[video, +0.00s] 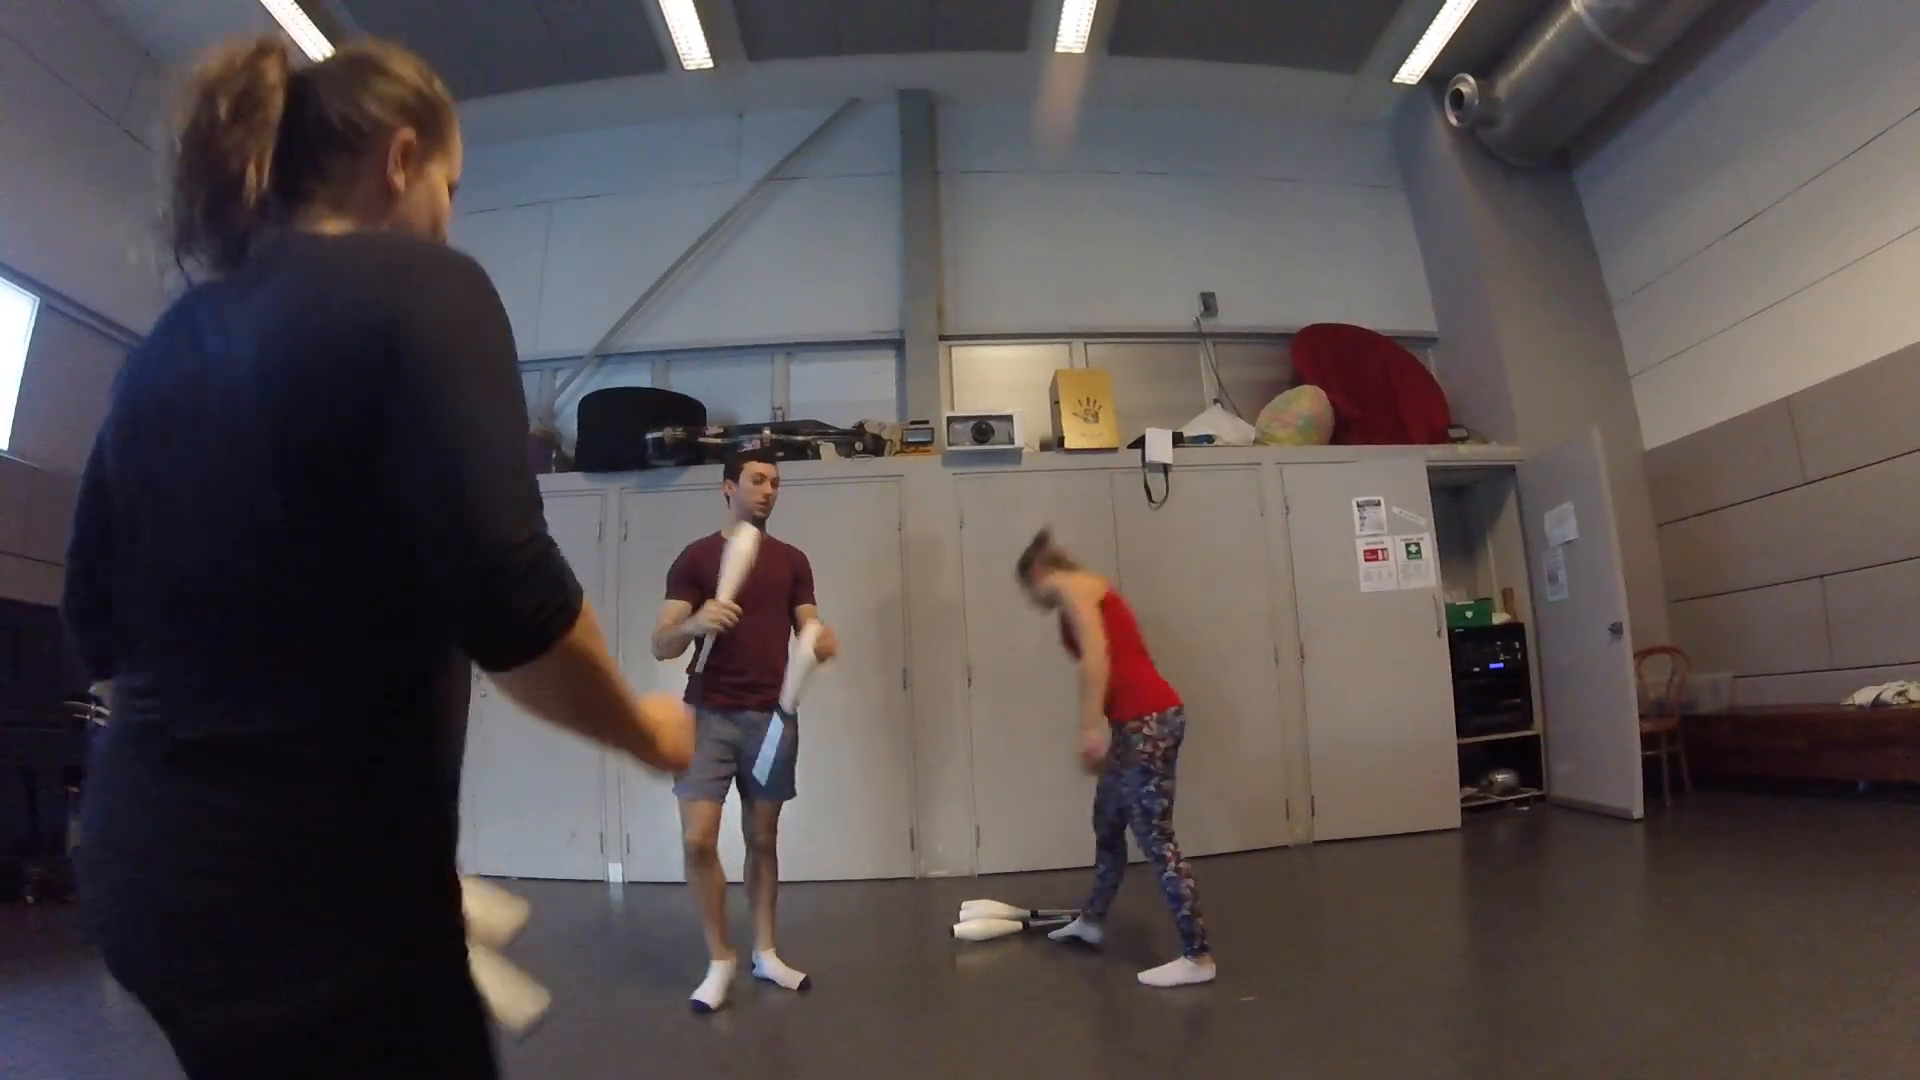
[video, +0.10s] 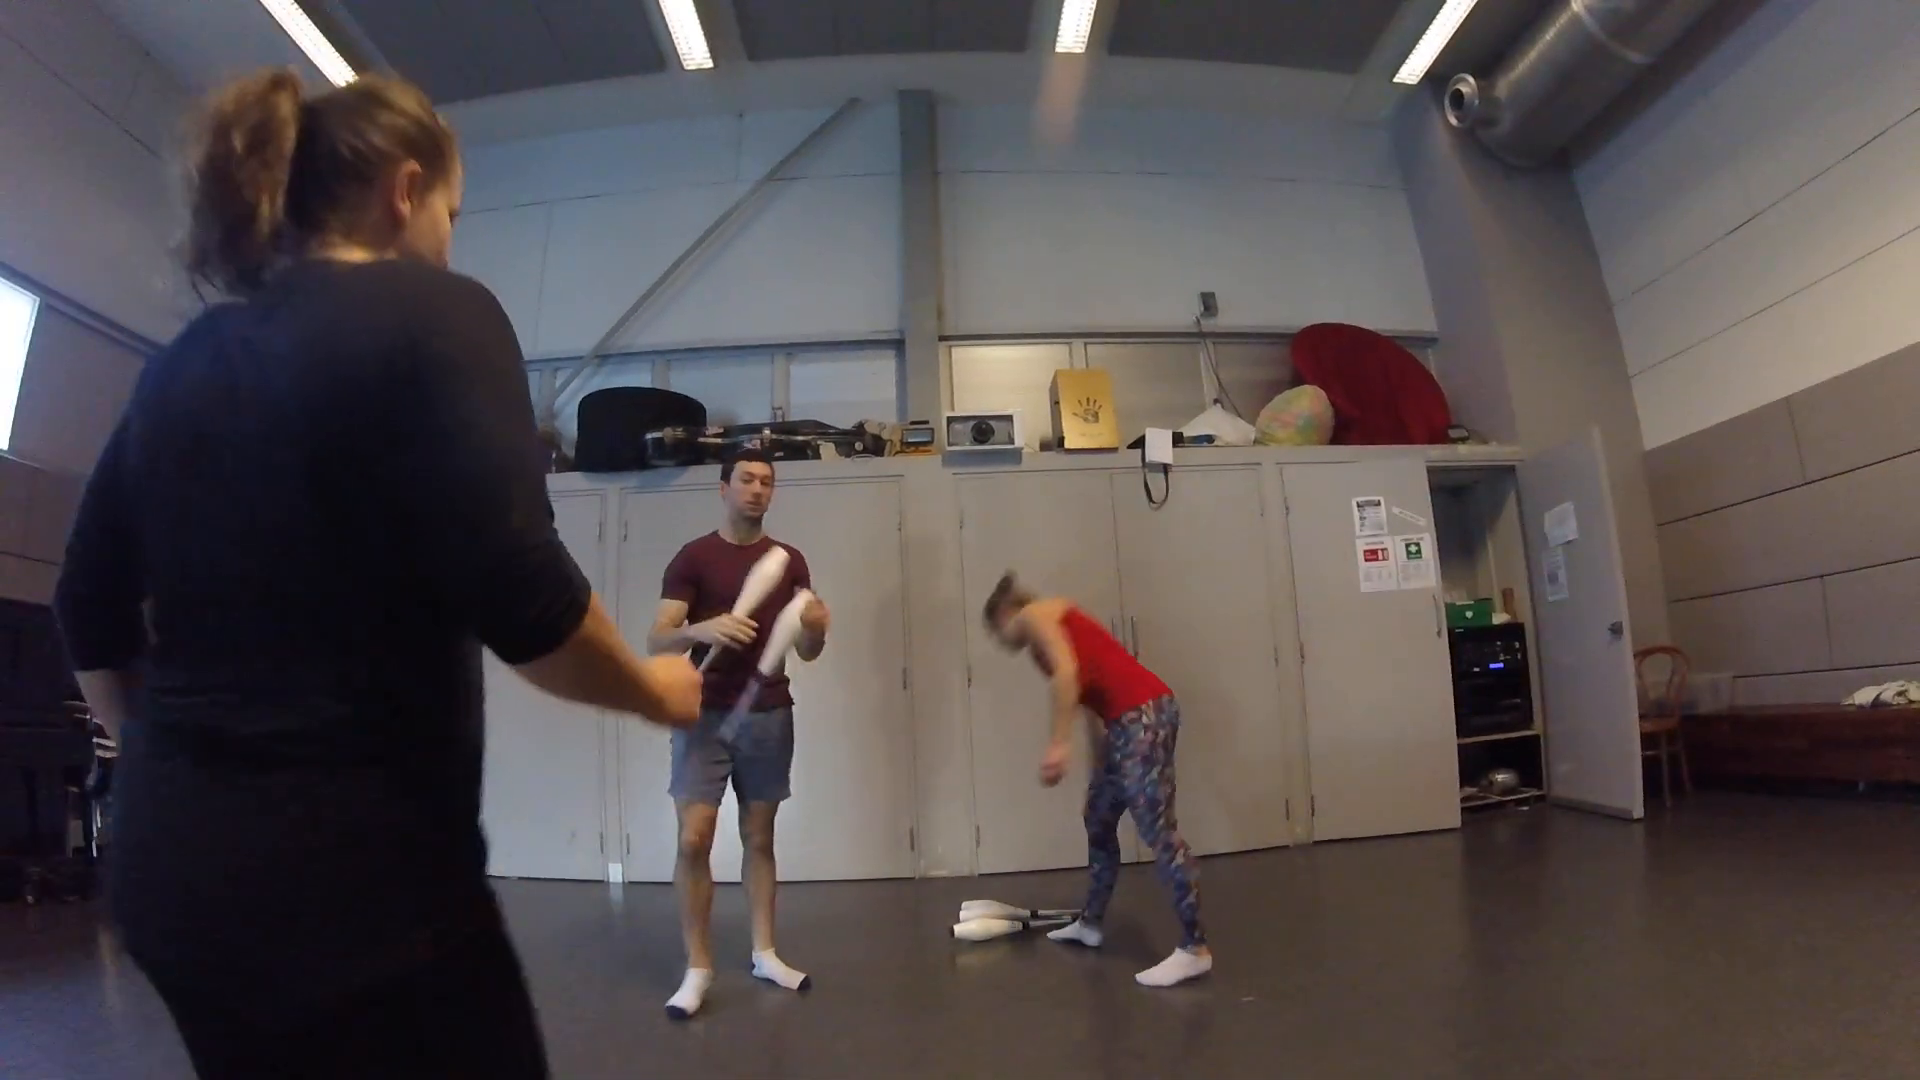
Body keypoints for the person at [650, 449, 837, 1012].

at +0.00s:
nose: (768, 491)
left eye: (773, 483)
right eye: (758, 480)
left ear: (777, 494)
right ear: (728, 488)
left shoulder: (790, 561)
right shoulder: (697, 558)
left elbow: (808, 628)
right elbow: (664, 646)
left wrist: (819, 638)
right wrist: (696, 621)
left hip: (771, 718)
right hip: (708, 717)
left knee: (763, 840)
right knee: (697, 843)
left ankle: (766, 953)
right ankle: (720, 960)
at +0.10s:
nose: (758, 490)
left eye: (765, 482)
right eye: (748, 480)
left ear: (773, 493)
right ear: (724, 488)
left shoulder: (788, 560)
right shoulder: (693, 558)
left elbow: (807, 652)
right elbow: (659, 641)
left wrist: (813, 627)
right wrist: (702, 629)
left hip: (766, 717)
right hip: (703, 718)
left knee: (760, 839)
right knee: (693, 844)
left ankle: (765, 954)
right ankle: (698, 967)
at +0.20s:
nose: (746, 489)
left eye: (755, 482)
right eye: (736, 479)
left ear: (765, 492)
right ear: (716, 487)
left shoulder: (782, 561)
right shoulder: (685, 558)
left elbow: (802, 650)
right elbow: (655, 634)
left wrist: (805, 618)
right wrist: (709, 634)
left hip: (762, 718)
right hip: (698, 718)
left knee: (758, 843)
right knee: (690, 850)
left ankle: (765, 955)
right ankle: (687, 974)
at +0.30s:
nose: (734, 487)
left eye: (743, 479)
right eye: (724, 477)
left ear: (754, 490)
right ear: (705, 486)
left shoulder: (775, 560)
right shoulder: (675, 558)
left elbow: (792, 649)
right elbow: (647, 639)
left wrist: (800, 618)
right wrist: (713, 638)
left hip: (755, 718)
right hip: (690, 719)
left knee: (753, 841)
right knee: (688, 850)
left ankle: (764, 954)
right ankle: (688, 972)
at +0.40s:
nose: (721, 486)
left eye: (730, 478)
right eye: (711, 477)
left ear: (741, 489)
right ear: (693, 485)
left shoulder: (764, 557)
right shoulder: (664, 557)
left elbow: (783, 650)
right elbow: (645, 649)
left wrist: (793, 623)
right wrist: (698, 656)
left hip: (746, 721)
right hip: (680, 722)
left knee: (749, 842)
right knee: (683, 850)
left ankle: (763, 954)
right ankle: (688, 973)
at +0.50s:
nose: (709, 487)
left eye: (719, 478)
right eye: (699, 477)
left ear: (732, 487)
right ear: (680, 484)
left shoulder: (753, 557)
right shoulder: (653, 557)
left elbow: (773, 649)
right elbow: (639, 641)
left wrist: (790, 623)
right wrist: (705, 651)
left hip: (737, 719)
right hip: (672, 722)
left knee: (747, 843)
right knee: (678, 851)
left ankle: (763, 954)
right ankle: (687, 972)